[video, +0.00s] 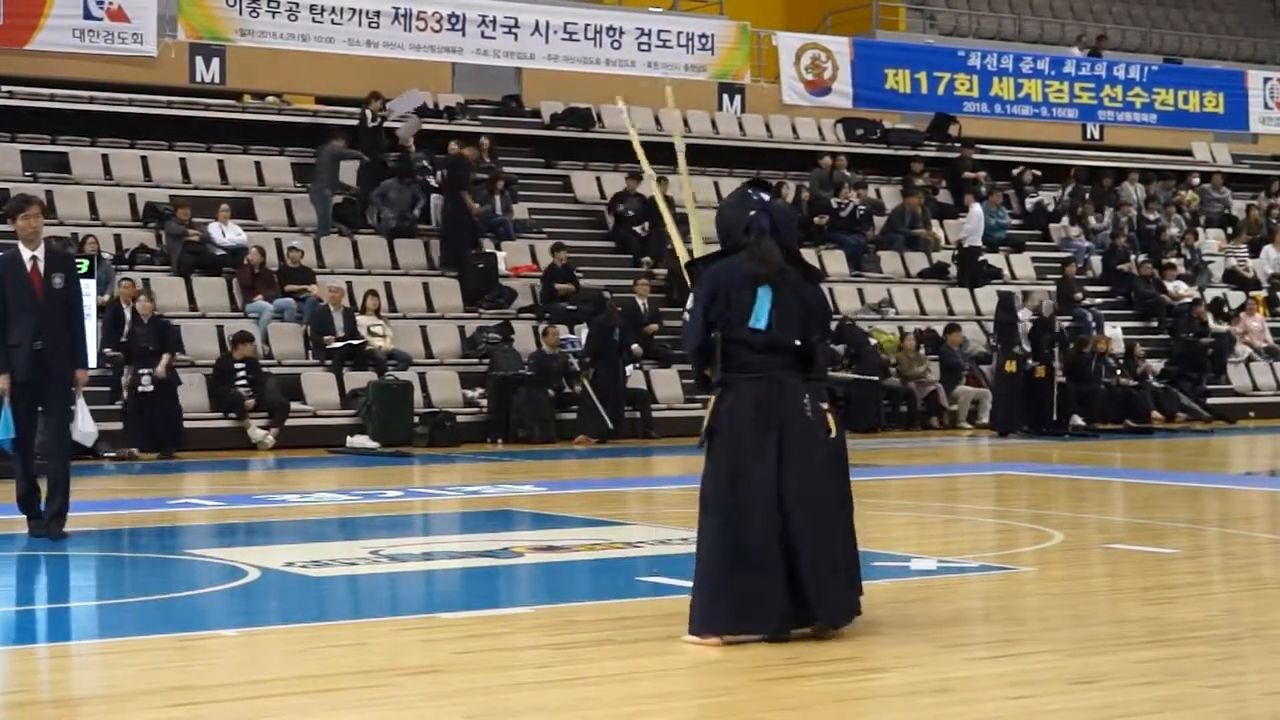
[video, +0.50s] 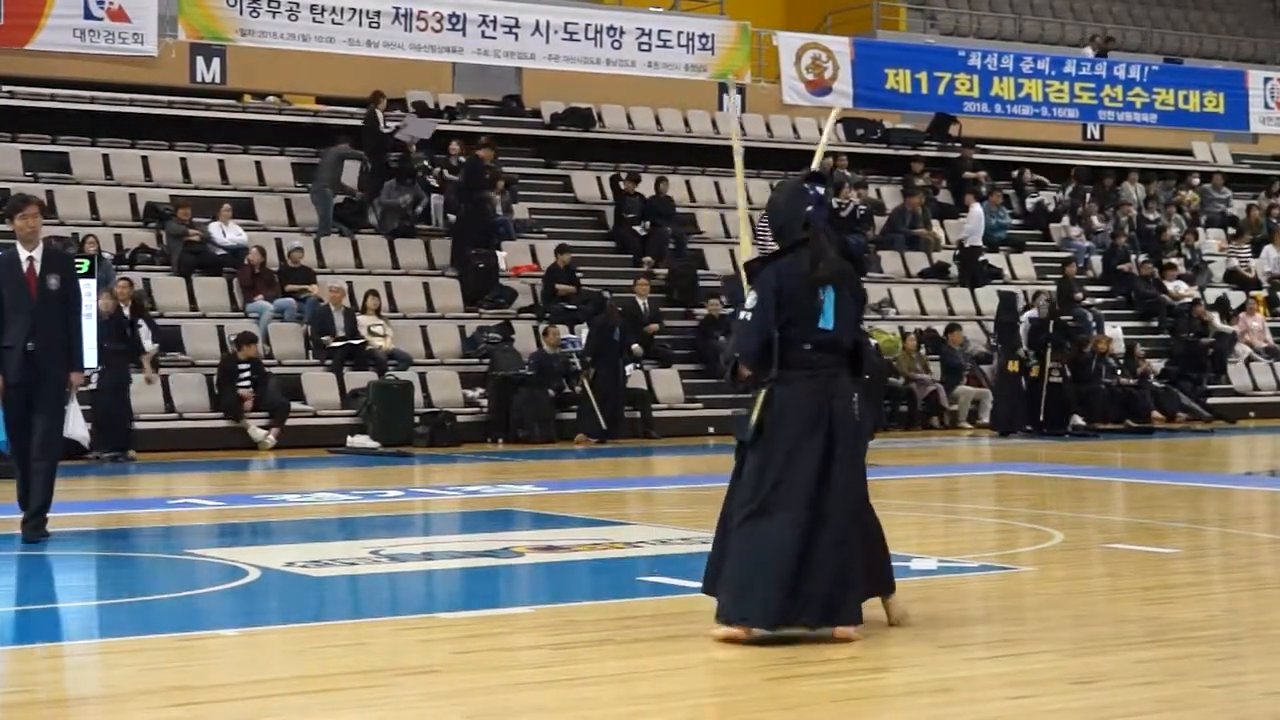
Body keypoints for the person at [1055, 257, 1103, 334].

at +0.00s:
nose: (1073, 269)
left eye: (1074, 266)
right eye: (1070, 267)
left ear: (1076, 268)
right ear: (1065, 268)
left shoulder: (1075, 281)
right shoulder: (1062, 282)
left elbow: (1085, 292)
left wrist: (1081, 295)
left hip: (1079, 304)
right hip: (1068, 306)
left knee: (1098, 315)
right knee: (1086, 316)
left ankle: (1101, 339)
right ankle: (1089, 341)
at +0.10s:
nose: (1073, 269)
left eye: (1074, 266)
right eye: (1070, 266)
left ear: (1076, 268)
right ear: (1064, 268)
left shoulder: (1075, 281)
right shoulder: (1062, 282)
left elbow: (1085, 292)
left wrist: (1081, 295)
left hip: (1079, 304)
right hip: (1068, 306)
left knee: (1098, 315)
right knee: (1086, 315)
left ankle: (1101, 338)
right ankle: (1089, 339)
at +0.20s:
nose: (1073, 269)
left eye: (1074, 266)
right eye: (1070, 266)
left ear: (1076, 268)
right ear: (1064, 268)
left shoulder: (1075, 281)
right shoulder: (1062, 282)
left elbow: (1084, 291)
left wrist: (1081, 295)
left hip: (1080, 304)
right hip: (1069, 306)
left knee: (1098, 315)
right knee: (1086, 315)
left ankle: (1101, 338)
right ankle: (1089, 339)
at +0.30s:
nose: (1073, 269)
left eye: (1074, 266)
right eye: (1070, 266)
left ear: (1076, 268)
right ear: (1064, 268)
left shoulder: (1075, 281)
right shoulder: (1063, 282)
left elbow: (1085, 291)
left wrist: (1081, 295)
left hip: (1080, 304)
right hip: (1069, 306)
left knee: (1098, 315)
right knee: (1086, 315)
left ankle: (1101, 337)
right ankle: (1089, 339)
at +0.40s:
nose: (1073, 269)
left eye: (1074, 266)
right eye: (1070, 266)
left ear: (1076, 268)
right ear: (1064, 268)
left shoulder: (1075, 281)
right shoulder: (1063, 282)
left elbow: (1084, 292)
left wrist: (1081, 295)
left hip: (1080, 304)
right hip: (1068, 306)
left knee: (1099, 315)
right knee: (1086, 315)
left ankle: (1101, 337)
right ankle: (1089, 339)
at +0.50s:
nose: (1073, 269)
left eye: (1074, 266)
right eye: (1070, 266)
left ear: (1076, 268)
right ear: (1064, 268)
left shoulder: (1075, 281)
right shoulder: (1063, 282)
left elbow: (1084, 291)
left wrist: (1081, 295)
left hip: (1080, 304)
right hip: (1068, 306)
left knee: (1098, 315)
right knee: (1086, 315)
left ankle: (1101, 338)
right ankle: (1089, 339)